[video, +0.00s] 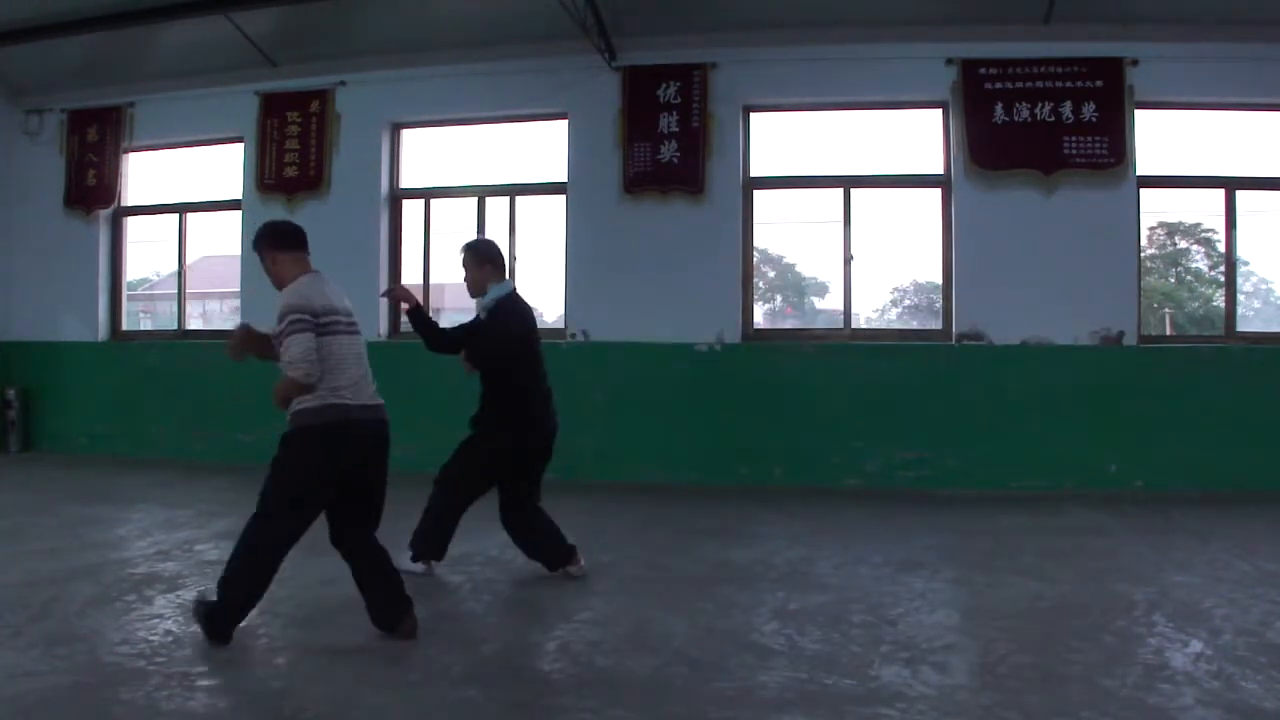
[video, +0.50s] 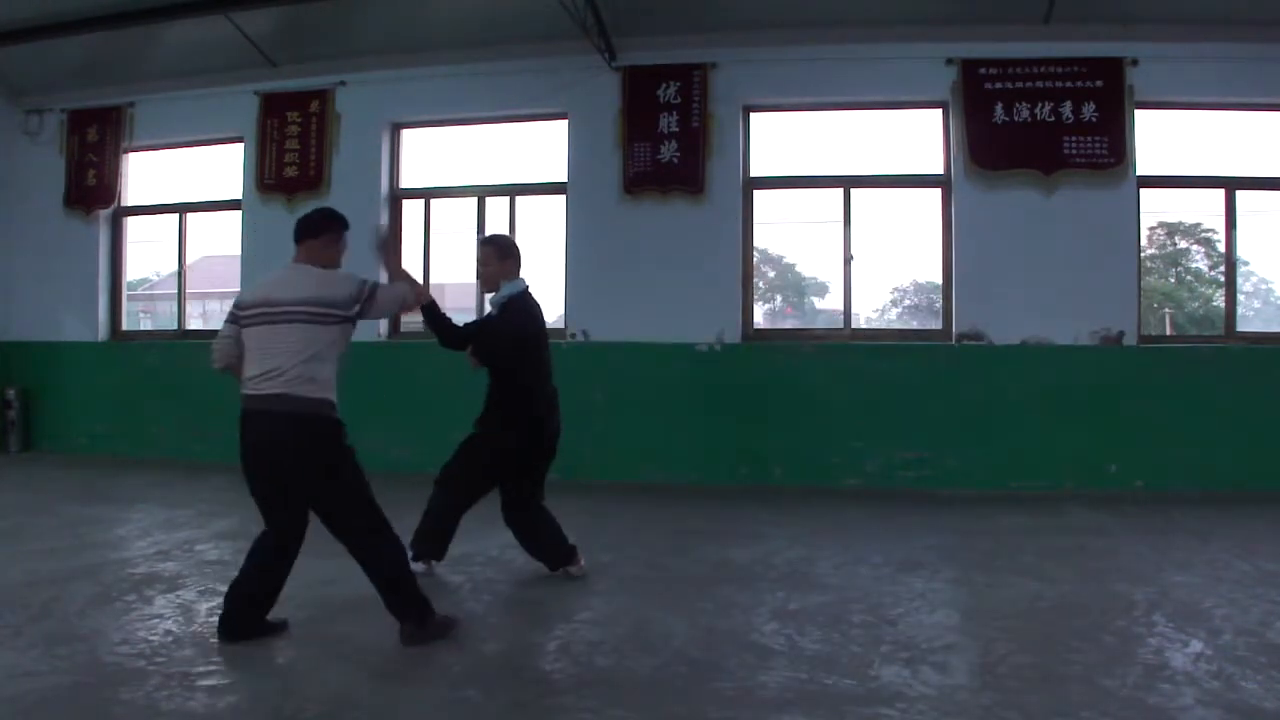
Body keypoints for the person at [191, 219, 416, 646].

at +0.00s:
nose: (268, 274)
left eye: (266, 264)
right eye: (265, 266)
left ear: (273, 258)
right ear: (304, 253)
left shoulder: (297, 297)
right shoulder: (334, 294)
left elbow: (304, 370)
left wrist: (282, 394)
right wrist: (265, 346)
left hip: (320, 430)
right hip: (369, 425)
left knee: (272, 529)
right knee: (354, 532)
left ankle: (222, 618)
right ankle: (399, 619)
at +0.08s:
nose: (271, 269)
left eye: (270, 261)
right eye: (270, 262)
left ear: (275, 258)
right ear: (310, 252)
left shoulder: (288, 294)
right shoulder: (339, 289)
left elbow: (290, 366)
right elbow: (329, 342)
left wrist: (286, 398)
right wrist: (271, 342)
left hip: (318, 420)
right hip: (370, 416)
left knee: (286, 526)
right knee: (362, 526)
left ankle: (235, 623)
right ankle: (399, 618)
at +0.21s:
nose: (282, 264)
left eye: (279, 259)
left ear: (279, 256)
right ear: (321, 250)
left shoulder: (273, 297)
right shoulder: (349, 288)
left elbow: (265, 362)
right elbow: (357, 346)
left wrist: (285, 400)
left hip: (306, 415)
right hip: (362, 412)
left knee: (289, 522)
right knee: (366, 514)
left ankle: (242, 619)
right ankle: (400, 614)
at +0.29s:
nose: (329, 257)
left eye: (325, 251)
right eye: (330, 251)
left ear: (288, 251)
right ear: (329, 249)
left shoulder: (258, 293)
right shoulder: (349, 285)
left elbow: (238, 361)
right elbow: (375, 302)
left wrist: (272, 389)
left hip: (283, 417)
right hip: (340, 415)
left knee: (282, 522)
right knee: (364, 516)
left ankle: (239, 619)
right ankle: (404, 614)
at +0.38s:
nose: (336, 253)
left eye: (335, 247)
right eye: (335, 246)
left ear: (293, 246)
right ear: (328, 244)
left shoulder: (255, 293)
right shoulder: (347, 285)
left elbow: (228, 358)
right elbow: (399, 288)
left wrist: (263, 388)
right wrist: (412, 290)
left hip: (270, 420)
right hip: (325, 419)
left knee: (280, 525)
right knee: (364, 522)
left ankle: (239, 620)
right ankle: (407, 614)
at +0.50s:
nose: (344, 253)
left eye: (344, 245)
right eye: (342, 244)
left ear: (299, 244)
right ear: (328, 243)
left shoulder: (253, 292)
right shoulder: (342, 288)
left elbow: (223, 358)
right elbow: (411, 296)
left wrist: (267, 367)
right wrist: (390, 260)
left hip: (256, 426)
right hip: (312, 426)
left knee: (283, 526)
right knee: (364, 527)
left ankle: (239, 621)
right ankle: (417, 619)